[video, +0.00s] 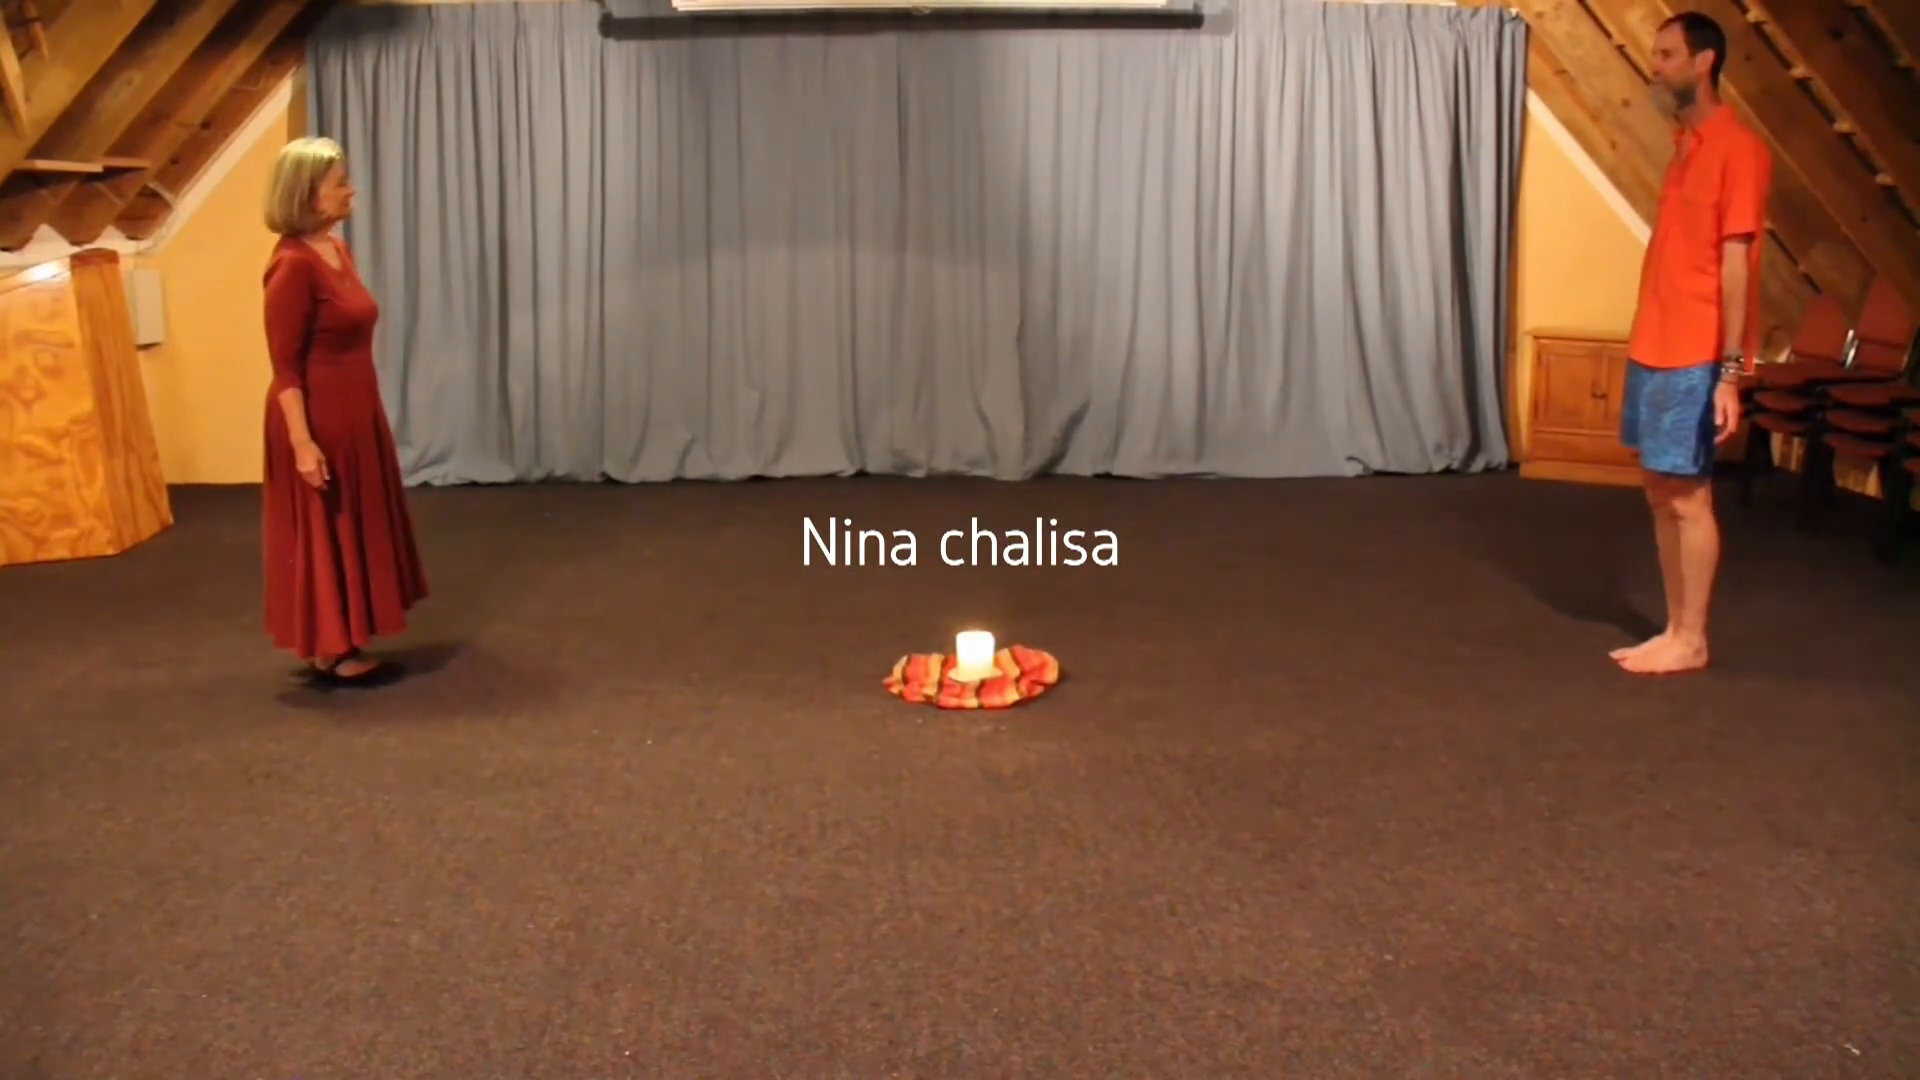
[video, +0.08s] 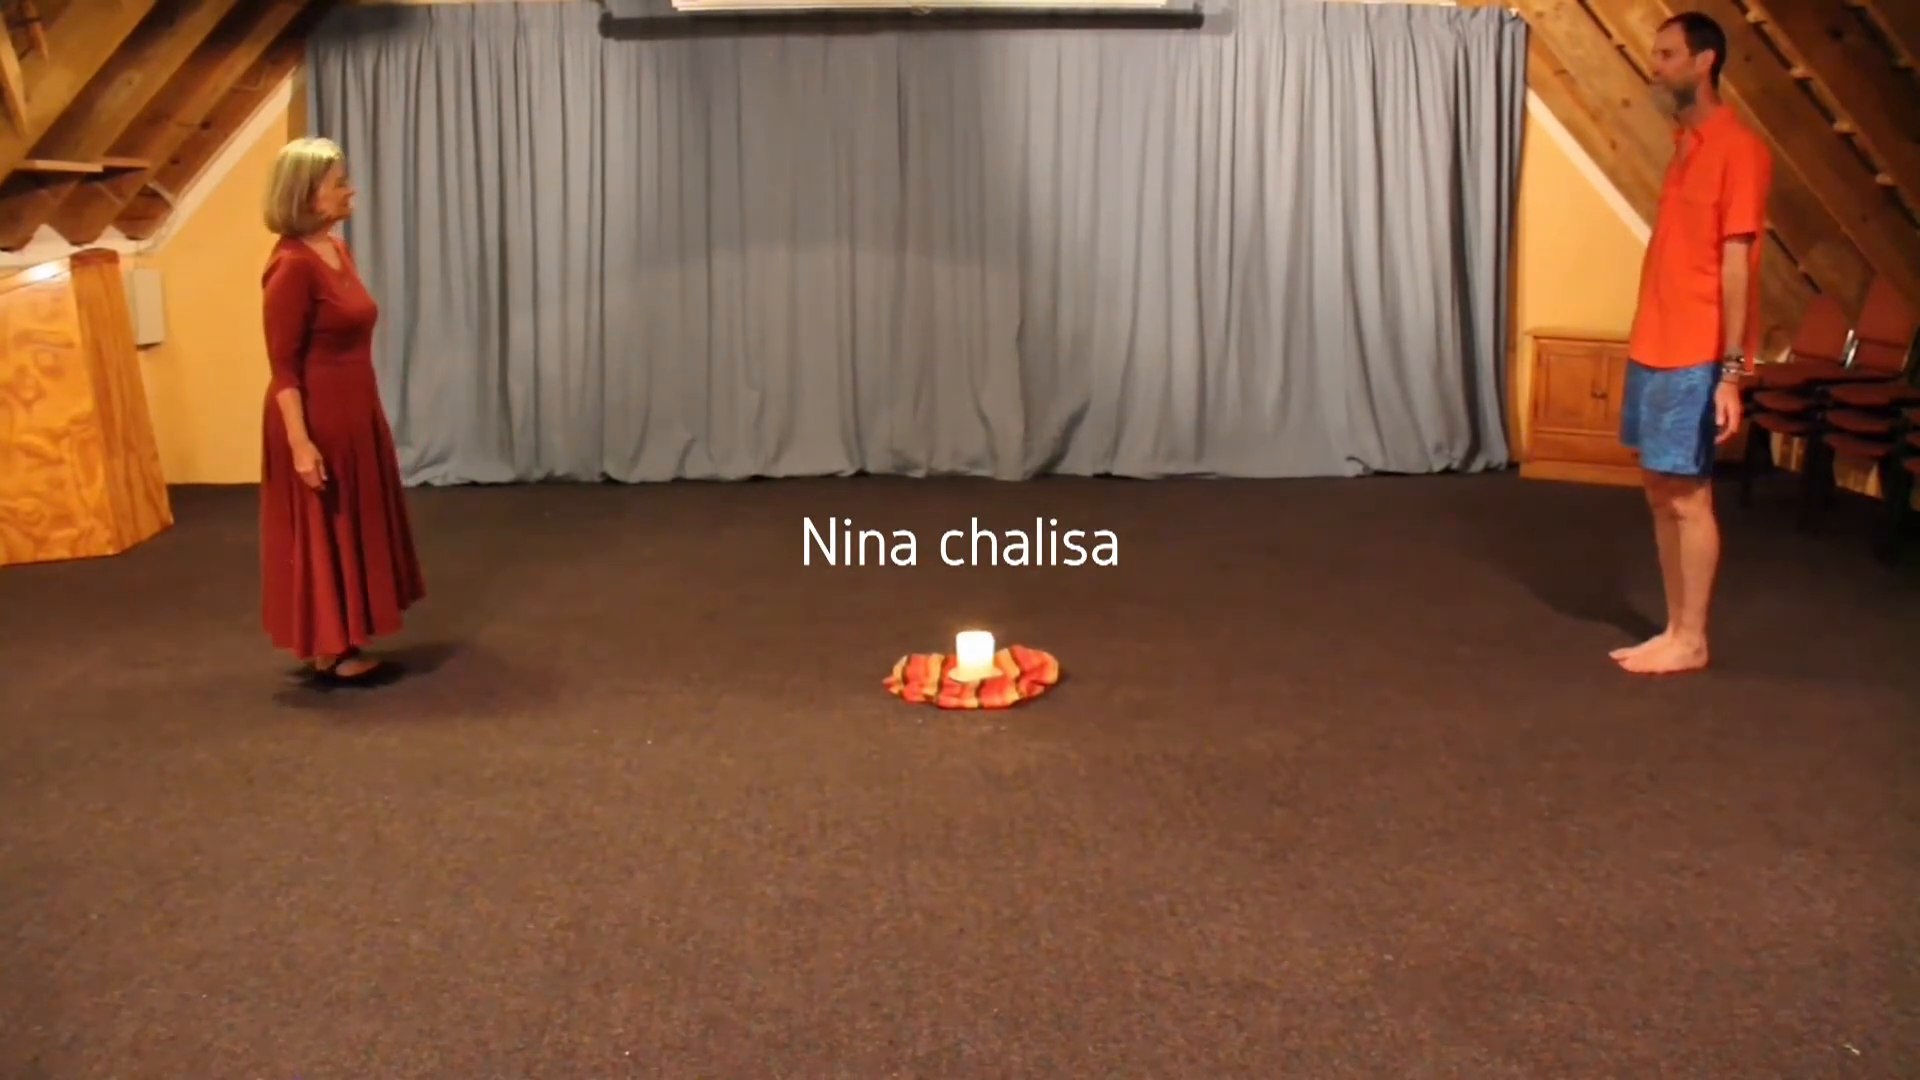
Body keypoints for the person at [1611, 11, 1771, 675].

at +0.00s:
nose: (1654, 67)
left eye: (1666, 55)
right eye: (1653, 55)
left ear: (1705, 61)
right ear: (1689, 63)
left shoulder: (1738, 146)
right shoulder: (1690, 143)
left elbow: (1736, 263)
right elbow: (1686, 256)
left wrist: (1730, 370)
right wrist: (1654, 347)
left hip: (1694, 357)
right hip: (1656, 351)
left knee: (1688, 498)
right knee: (1662, 494)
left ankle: (1692, 639)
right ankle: (1677, 630)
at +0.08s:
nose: (1654, 67)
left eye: (1666, 55)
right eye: (1653, 55)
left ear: (1705, 61)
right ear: (1687, 63)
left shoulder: (1738, 146)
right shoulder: (1690, 142)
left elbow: (1737, 263)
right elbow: (1687, 256)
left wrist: (1730, 370)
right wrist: (1654, 347)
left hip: (1695, 357)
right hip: (1656, 351)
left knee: (1688, 498)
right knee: (1661, 494)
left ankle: (1692, 639)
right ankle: (1677, 630)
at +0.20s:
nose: (1654, 66)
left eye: (1666, 54)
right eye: (1654, 54)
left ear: (1706, 61)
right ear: (1687, 63)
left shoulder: (1740, 145)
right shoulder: (1690, 142)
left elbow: (1738, 262)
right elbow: (1685, 255)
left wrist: (1732, 370)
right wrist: (1654, 347)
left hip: (1695, 357)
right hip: (1656, 351)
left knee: (1688, 497)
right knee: (1659, 491)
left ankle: (1693, 640)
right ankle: (1677, 630)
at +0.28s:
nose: (1655, 65)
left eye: (1667, 53)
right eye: (1654, 54)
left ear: (1706, 61)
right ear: (1685, 63)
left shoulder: (1740, 145)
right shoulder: (1691, 142)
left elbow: (1739, 262)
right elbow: (1685, 255)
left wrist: (1734, 369)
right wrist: (1653, 346)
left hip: (1696, 357)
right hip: (1656, 350)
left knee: (1687, 497)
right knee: (1659, 491)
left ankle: (1692, 640)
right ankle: (1677, 630)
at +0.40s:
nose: (1655, 64)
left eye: (1668, 52)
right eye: (1655, 52)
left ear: (1707, 60)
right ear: (1689, 62)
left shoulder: (1741, 146)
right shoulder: (1691, 143)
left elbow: (1739, 261)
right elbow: (1684, 255)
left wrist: (1735, 369)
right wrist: (1653, 346)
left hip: (1696, 356)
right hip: (1656, 350)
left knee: (1686, 497)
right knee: (1659, 490)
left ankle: (1693, 640)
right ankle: (1677, 630)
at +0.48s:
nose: (1655, 63)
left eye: (1668, 51)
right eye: (1656, 51)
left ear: (1707, 60)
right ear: (1690, 61)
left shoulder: (1741, 145)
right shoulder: (1692, 142)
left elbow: (1740, 261)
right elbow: (1685, 255)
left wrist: (1736, 369)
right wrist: (1654, 346)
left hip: (1696, 355)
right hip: (1656, 349)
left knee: (1686, 497)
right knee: (1659, 490)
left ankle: (1692, 639)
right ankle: (1676, 630)